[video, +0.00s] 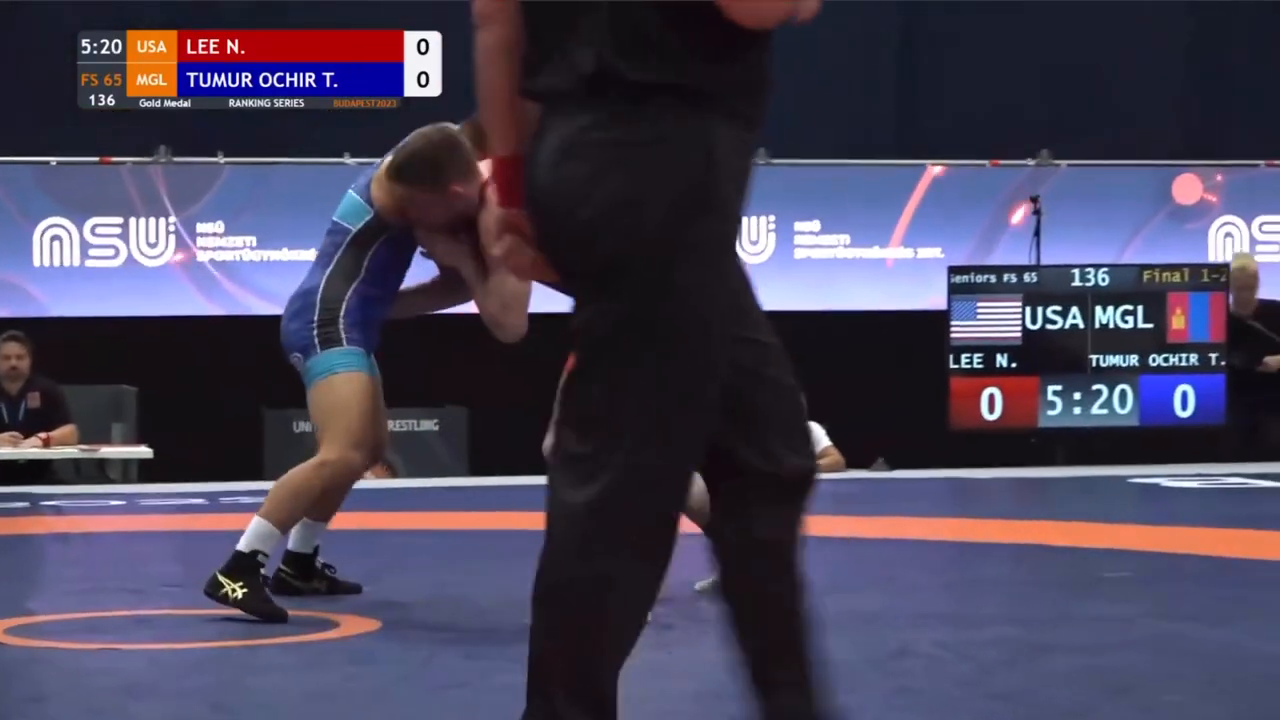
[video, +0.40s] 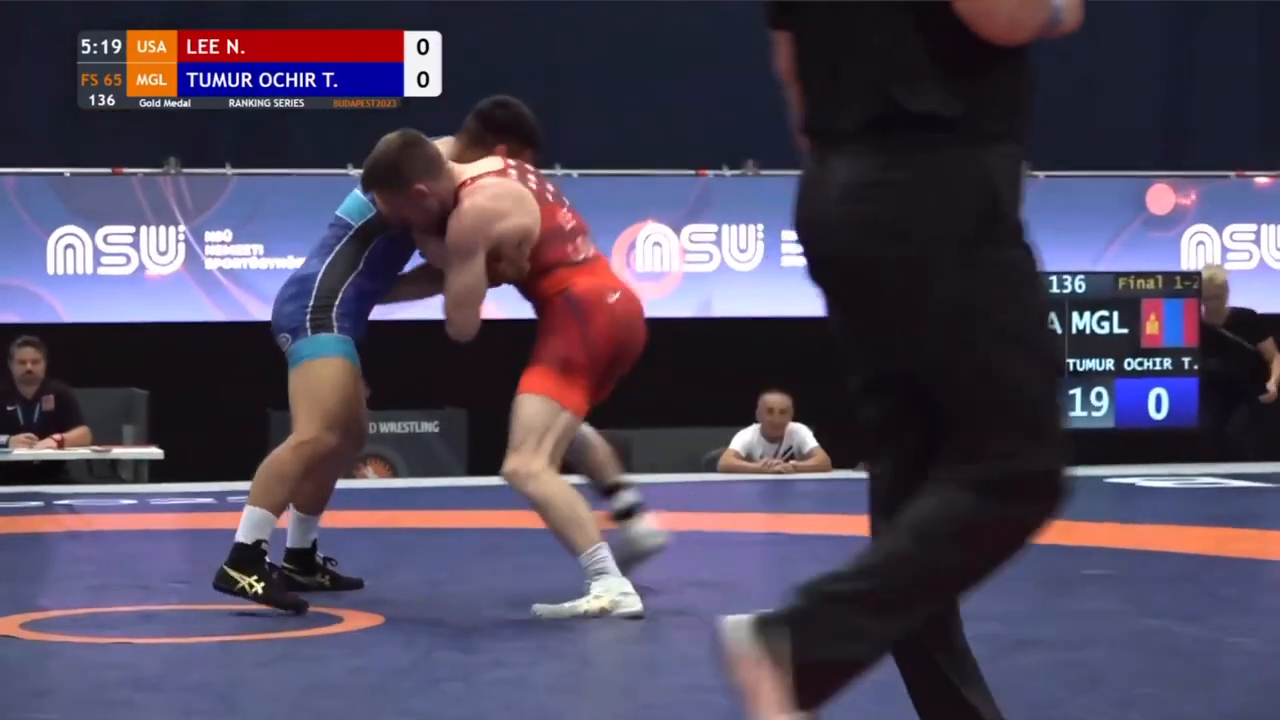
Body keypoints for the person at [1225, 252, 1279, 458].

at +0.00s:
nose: (1245, 295)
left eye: (1250, 289)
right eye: (1240, 289)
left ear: (1257, 285)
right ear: (1230, 287)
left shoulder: (1274, 313)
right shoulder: (1218, 318)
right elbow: (1216, 359)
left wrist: (1276, 359)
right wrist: (1259, 364)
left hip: (1271, 406)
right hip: (1233, 407)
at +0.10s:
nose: (1231, 295)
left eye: (1235, 289)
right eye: (1226, 290)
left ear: (1242, 285)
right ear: (1215, 286)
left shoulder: (1261, 311)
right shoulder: (1204, 314)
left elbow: (1278, 352)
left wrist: (1268, 361)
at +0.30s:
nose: (1213, 301)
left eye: (1217, 295)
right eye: (1208, 295)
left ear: (1226, 291)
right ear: (1198, 294)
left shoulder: (1244, 315)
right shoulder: (1188, 321)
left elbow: (1272, 354)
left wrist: (1267, 375)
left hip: (1244, 402)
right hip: (1204, 402)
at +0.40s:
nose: (1211, 305)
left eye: (1216, 299)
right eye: (1206, 299)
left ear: (1226, 295)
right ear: (1199, 298)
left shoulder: (1246, 319)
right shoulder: (1191, 326)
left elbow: (1273, 356)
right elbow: (1180, 363)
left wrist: (1273, 381)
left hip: (1246, 401)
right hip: (1207, 403)